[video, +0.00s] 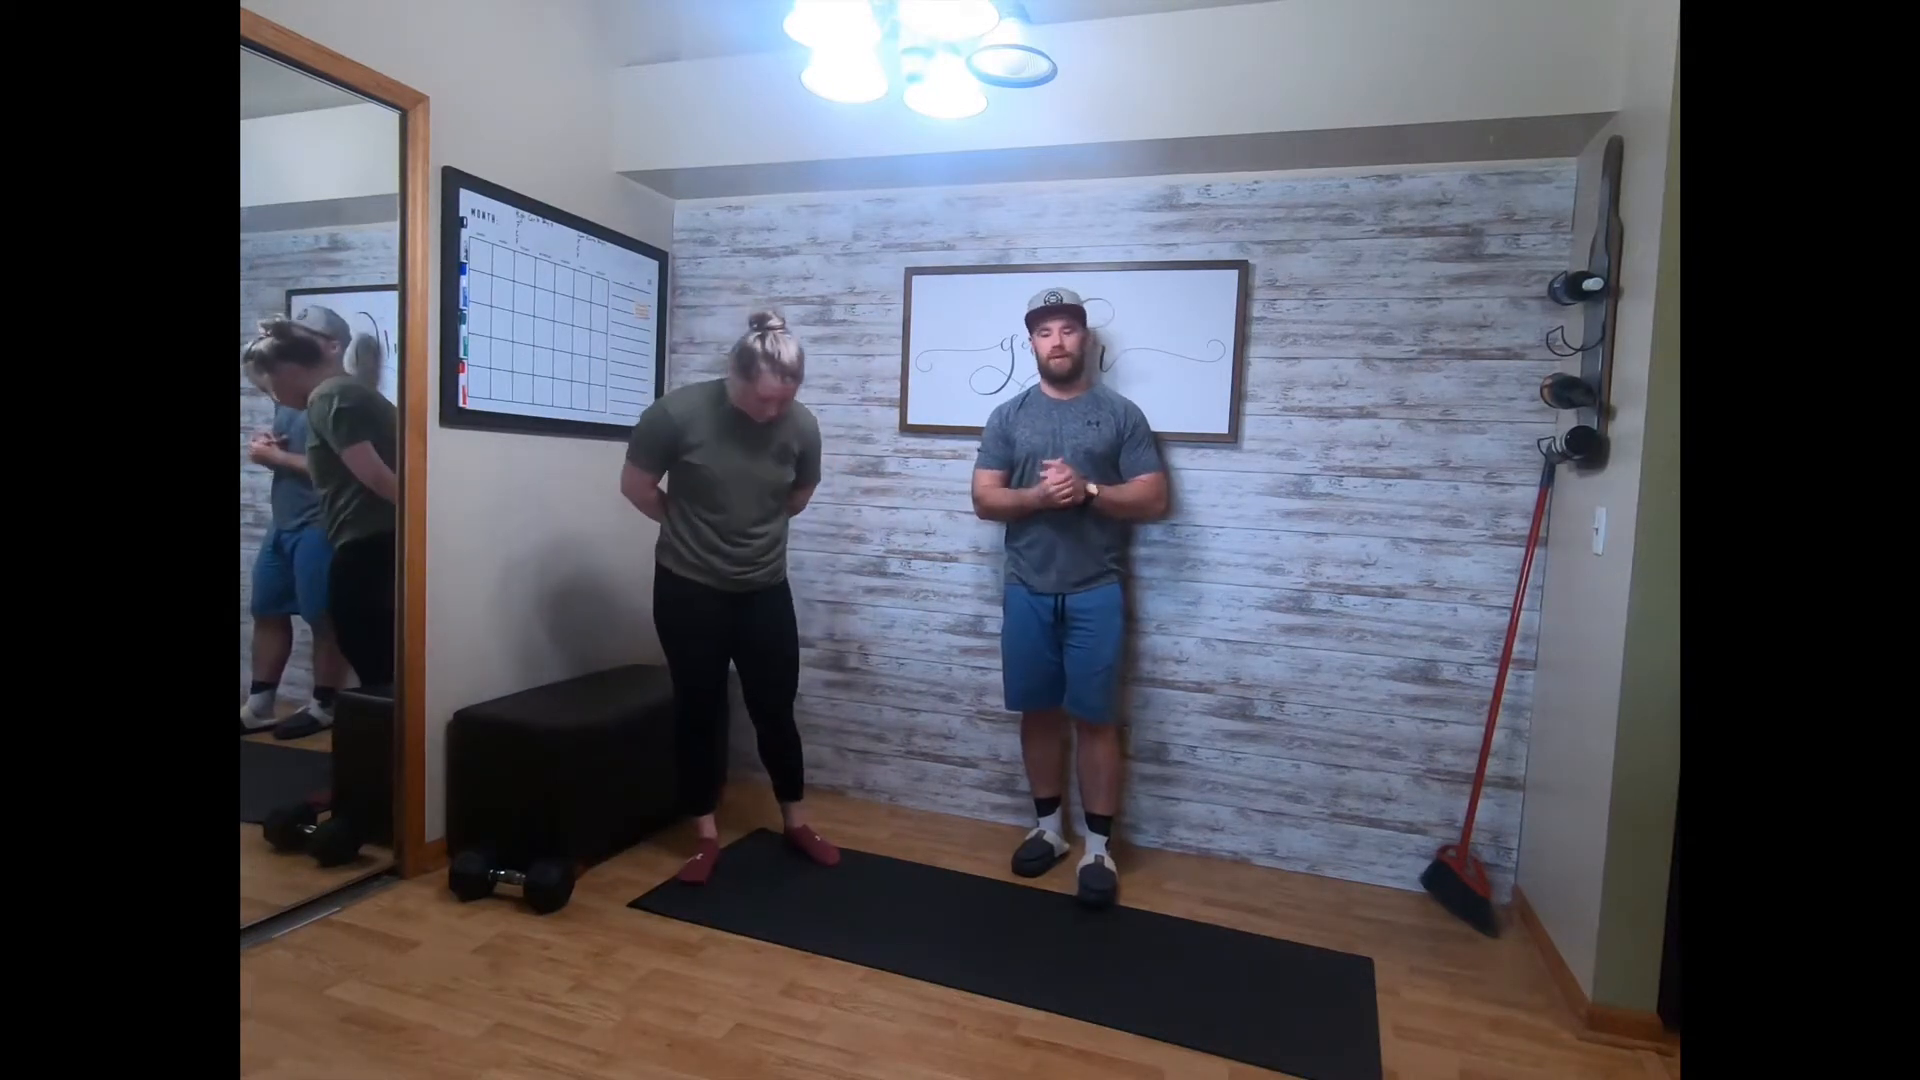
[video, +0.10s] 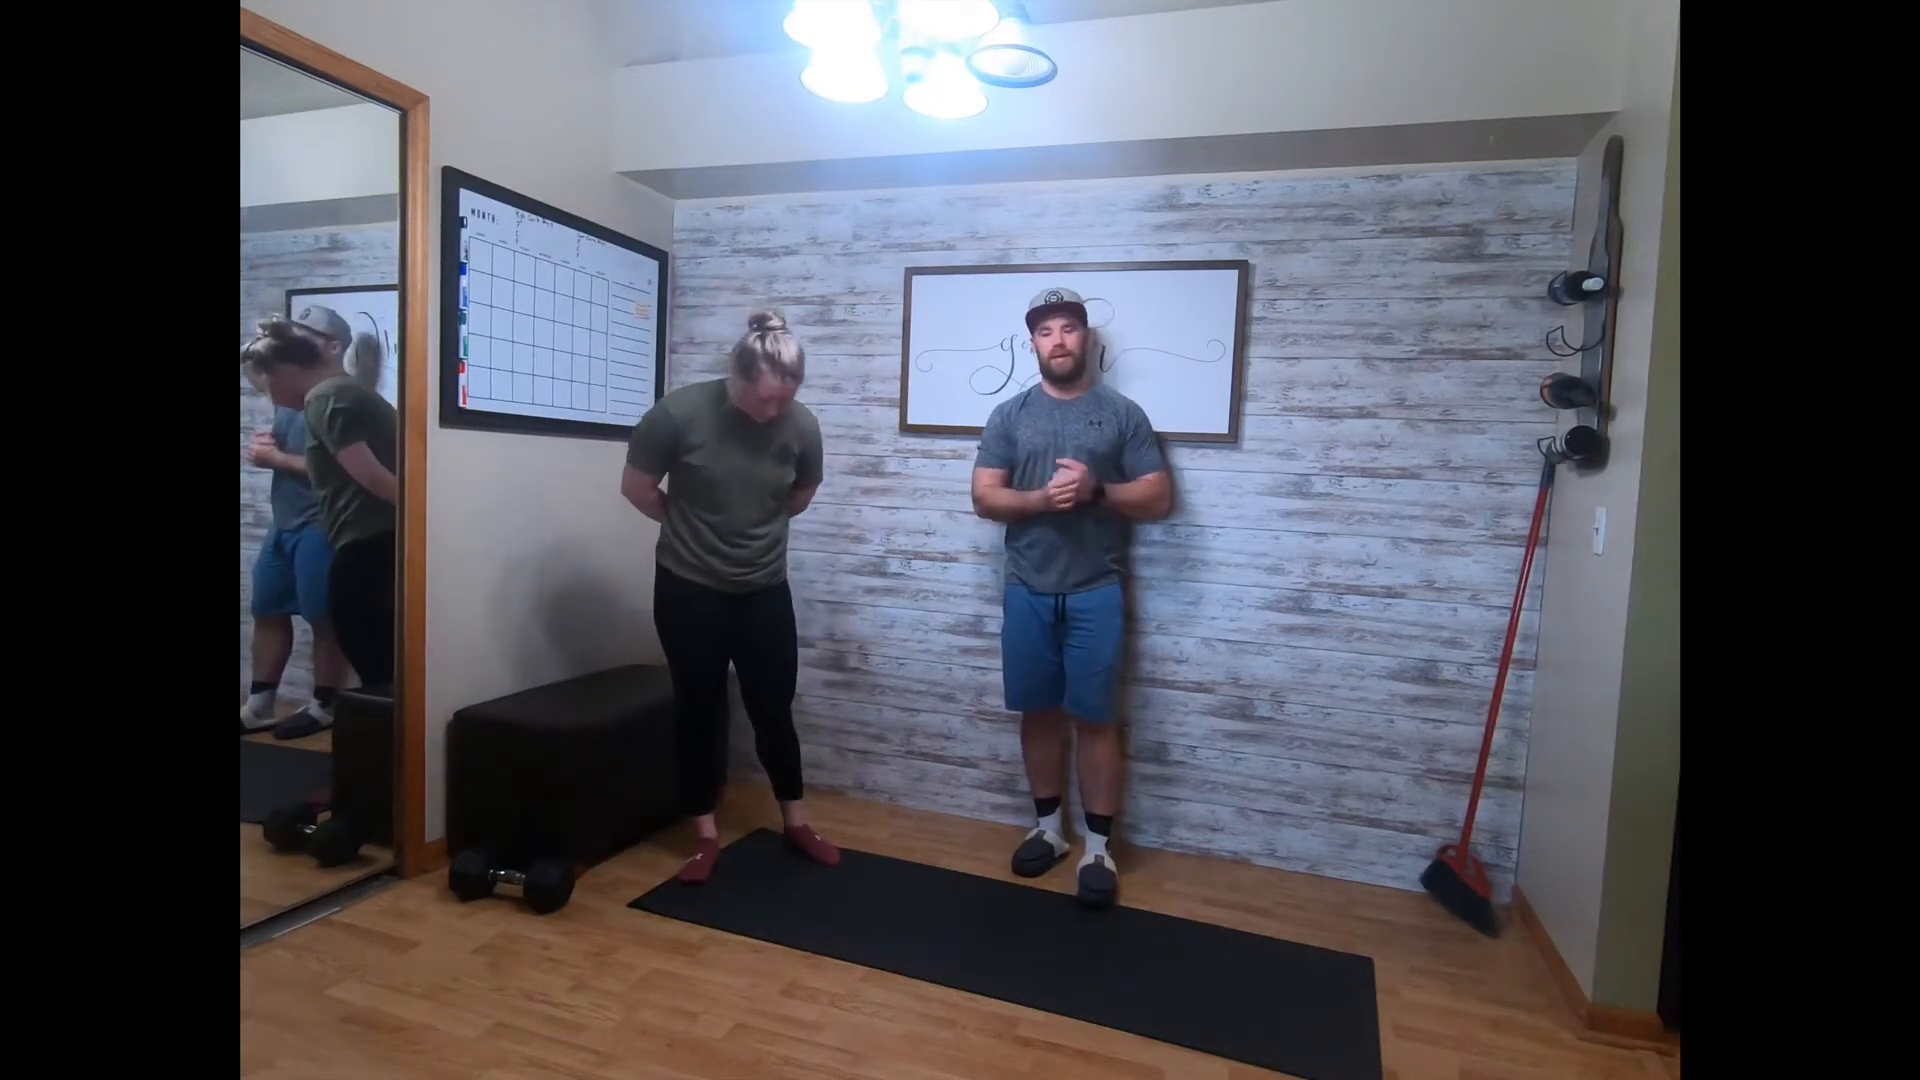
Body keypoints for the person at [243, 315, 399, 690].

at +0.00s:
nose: (277, 402)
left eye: (271, 389)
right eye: (269, 393)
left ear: (288, 367)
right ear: (313, 355)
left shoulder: (329, 398)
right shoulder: (363, 394)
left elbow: (374, 474)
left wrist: (423, 508)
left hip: (364, 547)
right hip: (386, 542)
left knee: (369, 657)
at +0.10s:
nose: (274, 401)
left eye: (268, 387)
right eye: (266, 391)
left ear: (285, 368)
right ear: (299, 361)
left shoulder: (326, 399)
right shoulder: (351, 394)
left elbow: (371, 475)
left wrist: (421, 508)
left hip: (365, 547)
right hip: (382, 543)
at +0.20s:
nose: (270, 395)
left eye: (266, 380)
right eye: (264, 383)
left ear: (286, 365)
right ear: (305, 359)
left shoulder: (326, 398)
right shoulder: (355, 393)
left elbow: (367, 474)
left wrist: (421, 505)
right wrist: (426, 504)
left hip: (364, 546)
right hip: (384, 542)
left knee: (370, 657)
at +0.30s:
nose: (277, 389)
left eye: (274, 375)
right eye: (271, 379)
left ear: (292, 359)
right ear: (303, 354)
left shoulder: (329, 398)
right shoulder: (362, 392)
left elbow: (370, 477)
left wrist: (423, 508)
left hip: (357, 550)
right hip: (380, 545)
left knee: (371, 670)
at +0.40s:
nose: (281, 374)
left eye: (283, 363)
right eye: (279, 365)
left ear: (304, 355)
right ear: (321, 351)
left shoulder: (338, 398)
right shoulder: (366, 391)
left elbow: (371, 479)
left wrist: (419, 508)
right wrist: (419, 506)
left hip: (350, 548)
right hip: (373, 543)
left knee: (365, 666)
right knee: (372, 661)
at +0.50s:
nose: (287, 367)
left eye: (287, 356)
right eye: (284, 358)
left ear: (308, 347)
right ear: (320, 345)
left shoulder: (346, 396)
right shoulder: (360, 390)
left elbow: (368, 477)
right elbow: (376, 473)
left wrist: (410, 511)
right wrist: (412, 508)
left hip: (350, 543)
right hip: (361, 540)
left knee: (357, 654)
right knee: (360, 652)